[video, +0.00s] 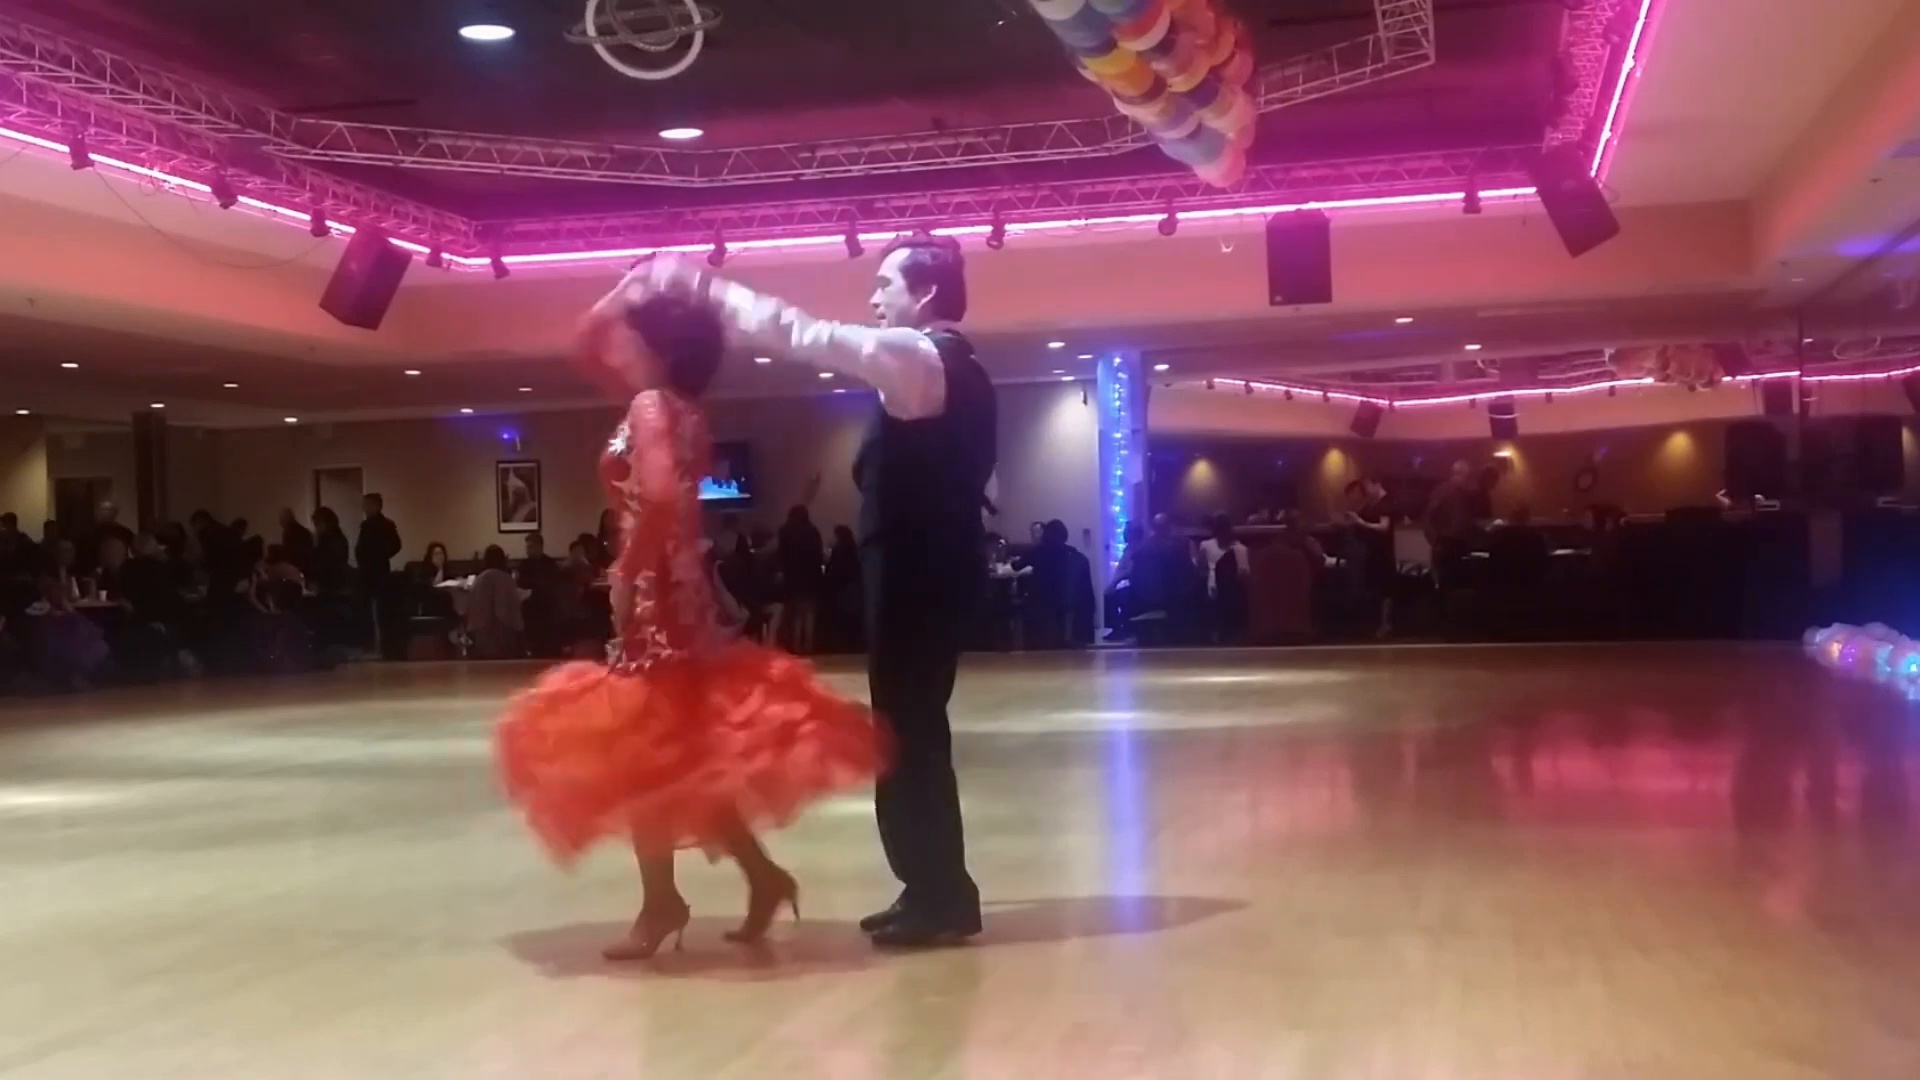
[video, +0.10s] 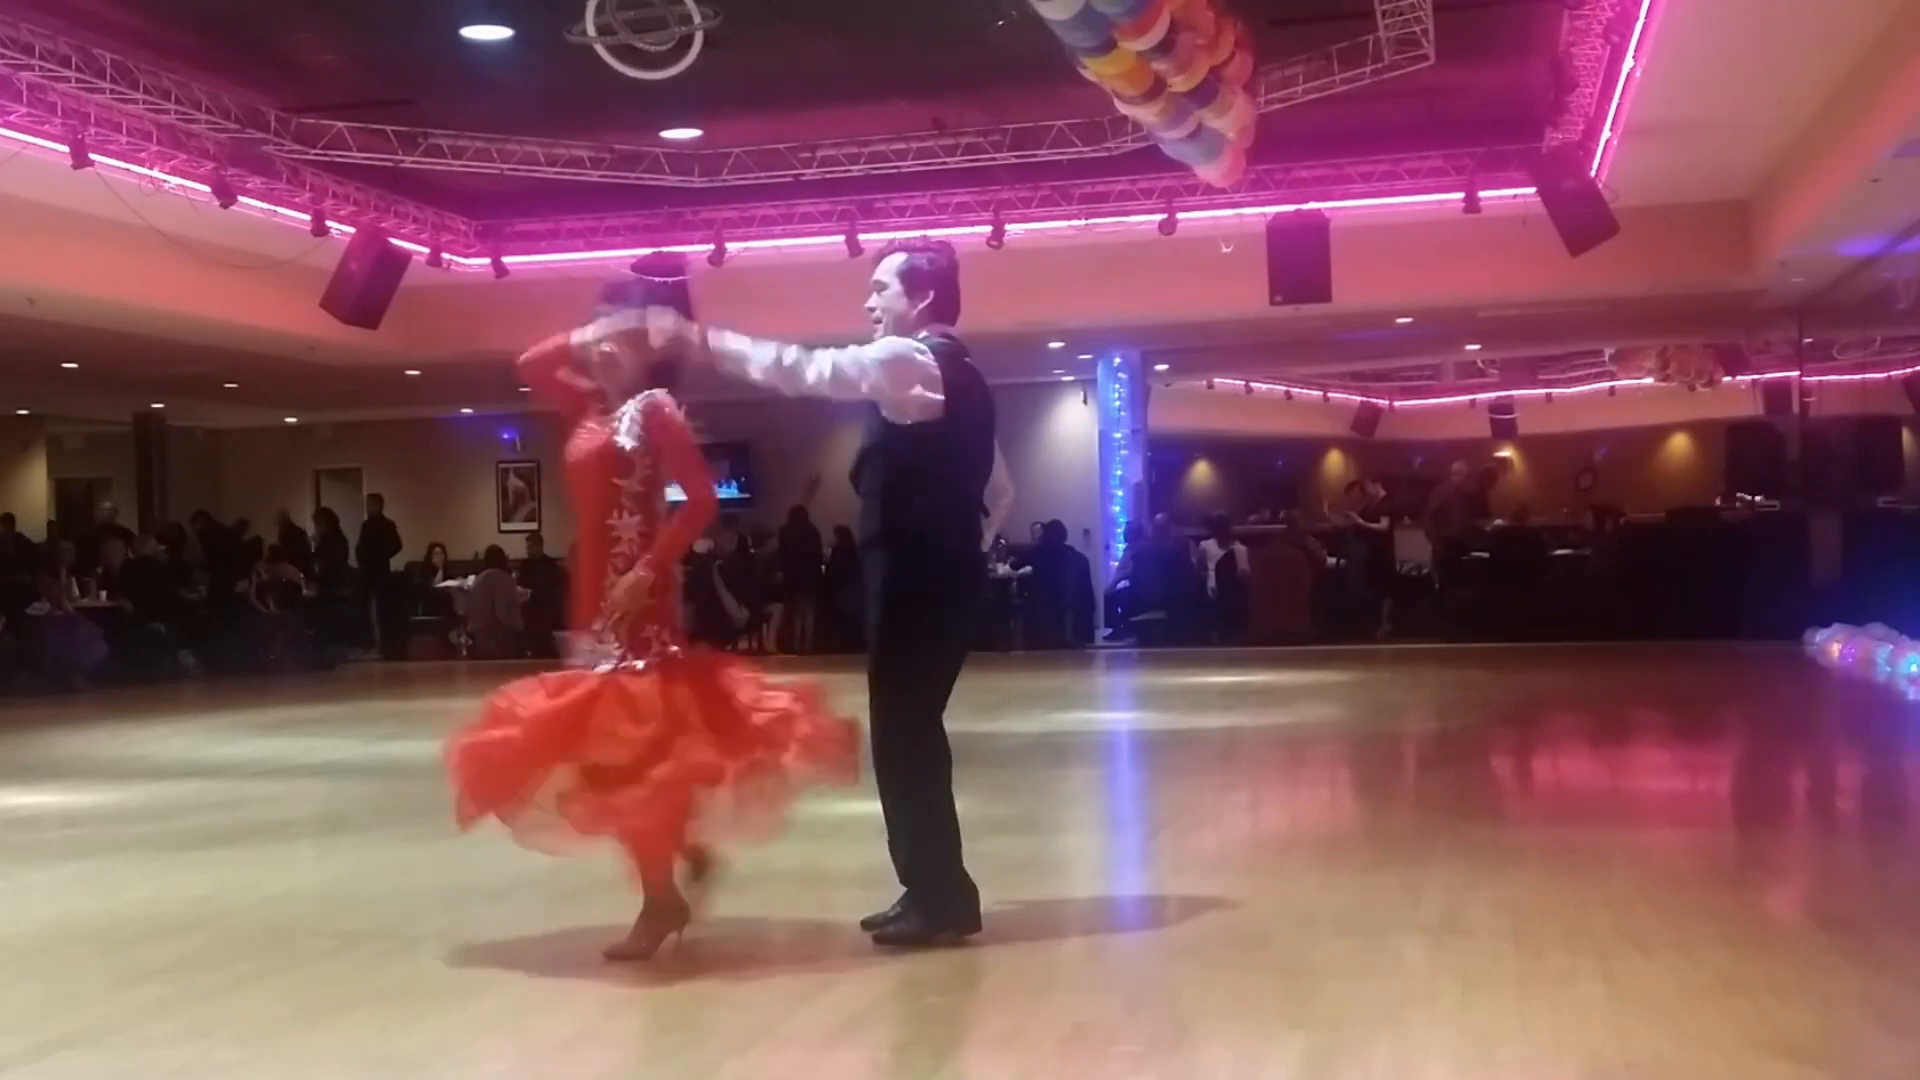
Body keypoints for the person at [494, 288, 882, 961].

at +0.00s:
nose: (622, 348)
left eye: (630, 338)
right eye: (623, 336)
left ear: (654, 348)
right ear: (678, 350)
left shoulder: (651, 406)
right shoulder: (676, 408)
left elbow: (659, 497)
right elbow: (593, 347)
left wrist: (631, 575)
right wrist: (626, 291)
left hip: (656, 597)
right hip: (677, 593)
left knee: (641, 753)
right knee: (683, 753)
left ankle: (660, 899)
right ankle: (763, 875)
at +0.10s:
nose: (602, 351)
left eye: (617, 339)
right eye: (597, 341)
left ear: (650, 349)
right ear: (593, 353)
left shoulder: (656, 411)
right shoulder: (593, 412)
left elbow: (701, 502)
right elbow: (531, 365)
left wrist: (647, 571)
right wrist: (589, 337)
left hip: (639, 605)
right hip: (598, 602)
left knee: (632, 754)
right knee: (622, 748)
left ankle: (661, 896)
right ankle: (690, 846)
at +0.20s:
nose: (581, 340)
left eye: (595, 328)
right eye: (571, 328)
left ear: (621, 338)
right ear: (553, 337)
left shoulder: (643, 408)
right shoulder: (540, 408)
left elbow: (701, 497)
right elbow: (520, 384)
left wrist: (655, 569)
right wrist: (597, 377)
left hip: (618, 590)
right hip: (552, 589)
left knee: (637, 744)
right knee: (558, 748)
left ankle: (657, 899)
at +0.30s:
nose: (556, 337)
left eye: (566, 327)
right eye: (541, 326)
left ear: (583, 342)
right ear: (513, 338)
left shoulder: (603, 416)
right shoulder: (496, 404)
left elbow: (637, 503)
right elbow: (535, 423)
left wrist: (640, 560)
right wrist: (609, 425)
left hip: (592, 597)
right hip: (523, 599)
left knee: (626, 737)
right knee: (530, 756)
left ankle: (638, 898)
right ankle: (475, 905)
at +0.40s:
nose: (537, 343)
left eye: (539, 331)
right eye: (521, 332)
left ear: (540, 341)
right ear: (482, 343)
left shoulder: (537, 419)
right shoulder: (470, 409)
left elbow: (553, 524)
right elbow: (546, 455)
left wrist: (595, 576)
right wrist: (653, 446)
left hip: (548, 606)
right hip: (496, 610)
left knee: (583, 747)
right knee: (511, 767)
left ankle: (583, 894)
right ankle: (462, 913)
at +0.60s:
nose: (486, 343)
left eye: (481, 330)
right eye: (475, 331)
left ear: (416, 348)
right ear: (447, 343)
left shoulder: (415, 420)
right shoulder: (457, 407)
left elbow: (389, 520)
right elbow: (564, 437)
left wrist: (412, 591)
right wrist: (665, 433)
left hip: (430, 608)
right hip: (460, 607)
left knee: (476, 760)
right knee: (490, 762)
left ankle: (445, 903)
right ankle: (460, 916)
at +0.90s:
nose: (467, 343)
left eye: (460, 330)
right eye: (456, 334)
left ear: (392, 356)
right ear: (437, 349)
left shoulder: (375, 428)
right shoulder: (462, 407)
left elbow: (314, 510)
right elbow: (571, 441)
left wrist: (250, 580)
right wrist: (678, 447)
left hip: (395, 582)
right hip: (452, 578)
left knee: (458, 749)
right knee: (493, 747)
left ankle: (475, 912)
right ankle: (471, 914)